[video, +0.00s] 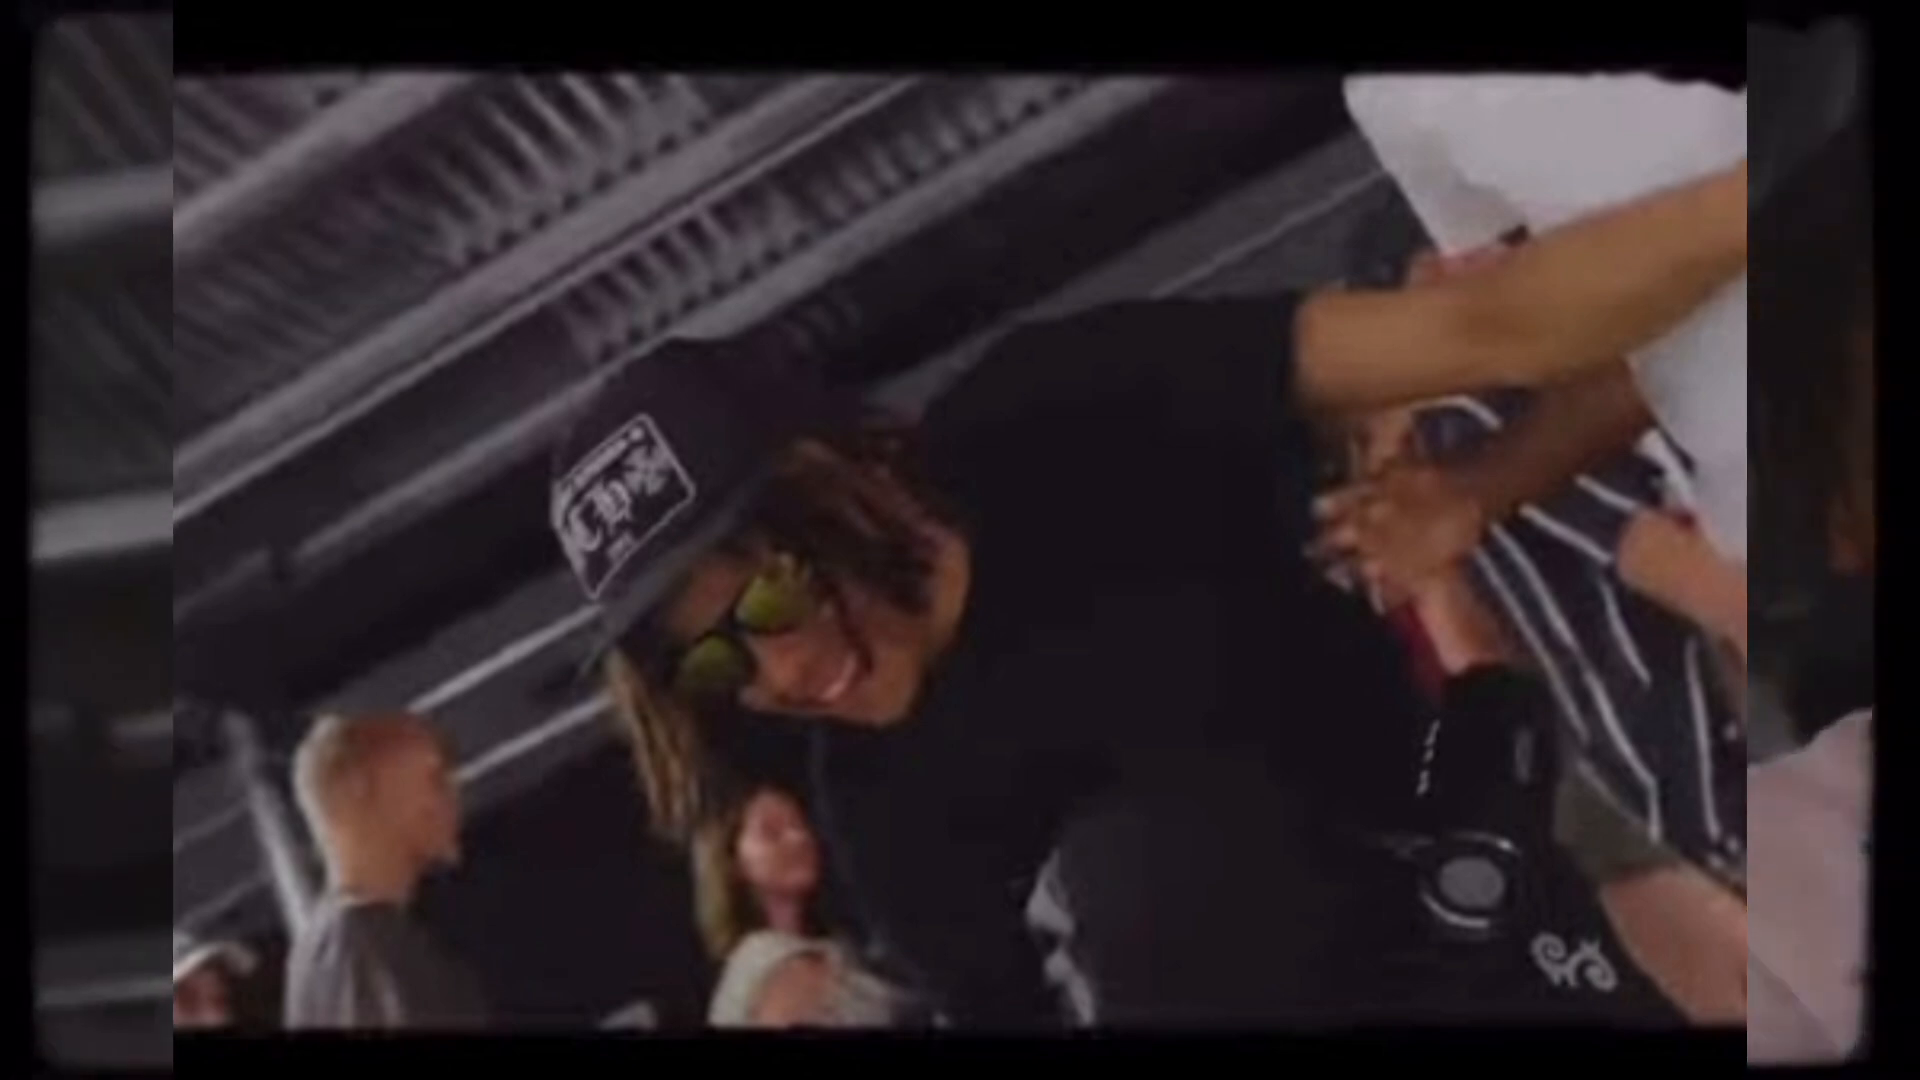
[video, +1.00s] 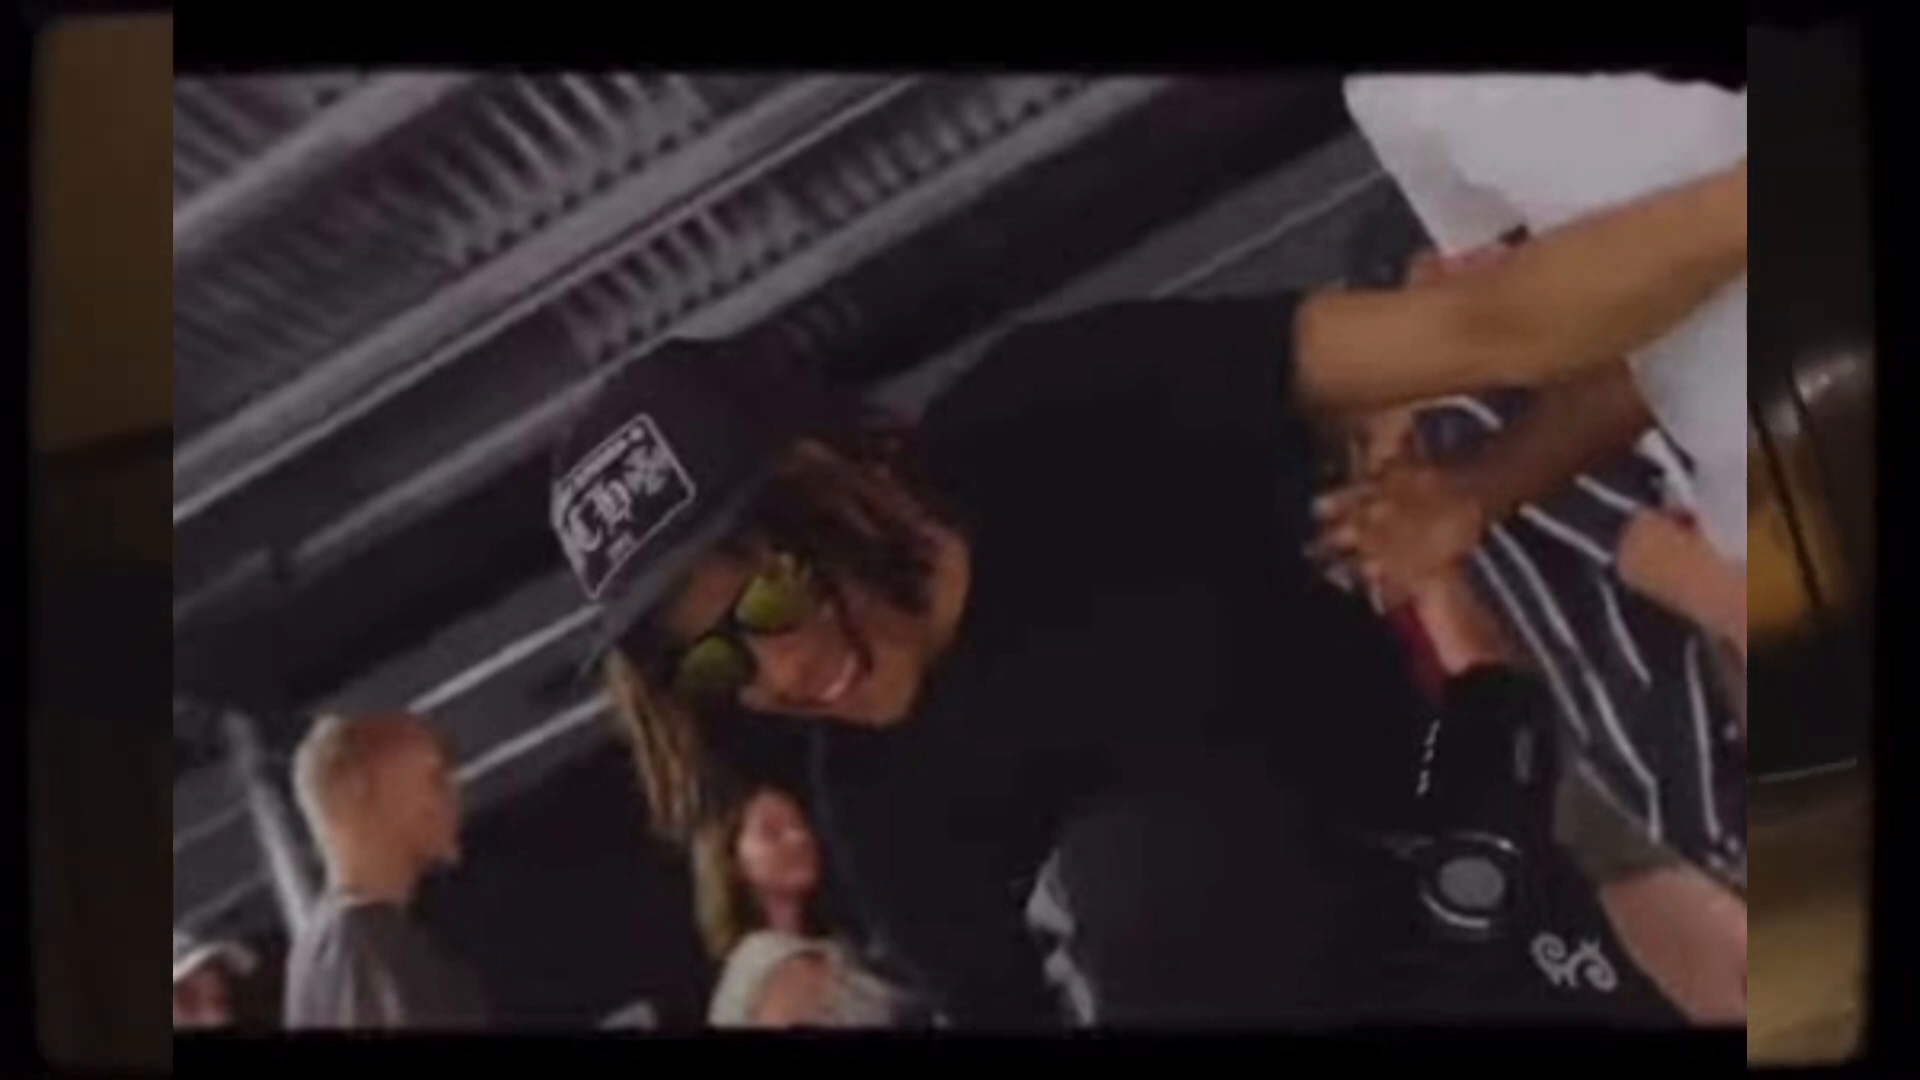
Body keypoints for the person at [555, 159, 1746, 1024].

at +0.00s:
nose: (768, 657)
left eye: (761, 582)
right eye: (709, 655)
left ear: (834, 476)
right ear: (687, 686)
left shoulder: (1054, 403)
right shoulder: (888, 845)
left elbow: (1471, 329)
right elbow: (1032, 1025)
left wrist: (1775, 195)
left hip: (1476, 836)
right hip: (1246, 972)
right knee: (1137, 861)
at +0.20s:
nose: (766, 660)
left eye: (759, 585)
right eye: (707, 656)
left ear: (834, 479)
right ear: (685, 685)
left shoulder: (1052, 403)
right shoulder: (887, 845)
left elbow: (1472, 328)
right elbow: (1030, 1025)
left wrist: (1766, 194)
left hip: (1479, 851)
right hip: (1246, 977)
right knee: (1133, 868)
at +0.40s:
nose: (767, 660)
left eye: (760, 584)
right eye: (708, 655)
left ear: (835, 477)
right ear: (685, 685)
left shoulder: (1053, 403)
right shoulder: (887, 844)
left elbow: (1474, 327)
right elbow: (1031, 1024)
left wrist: (1767, 197)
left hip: (1474, 852)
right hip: (1234, 975)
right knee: (1135, 867)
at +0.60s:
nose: (766, 660)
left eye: (759, 585)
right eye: (707, 656)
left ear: (833, 478)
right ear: (685, 685)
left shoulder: (1053, 403)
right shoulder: (886, 842)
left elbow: (1474, 327)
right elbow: (1027, 1024)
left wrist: (1770, 196)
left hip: (1473, 855)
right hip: (1233, 975)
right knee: (1133, 868)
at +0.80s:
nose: (766, 660)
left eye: (760, 585)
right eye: (707, 656)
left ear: (834, 478)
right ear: (684, 685)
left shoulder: (1053, 403)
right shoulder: (887, 844)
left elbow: (1471, 328)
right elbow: (1029, 1025)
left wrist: (1767, 197)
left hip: (1473, 852)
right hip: (1236, 976)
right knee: (1134, 868)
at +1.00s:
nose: (766, 660)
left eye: (759, 585)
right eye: (707, 657)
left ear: (833, 477)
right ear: (684, 686)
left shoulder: (1052, 403)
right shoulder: (885, 842)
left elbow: (1472, 327)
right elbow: (1025, 1025)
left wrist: (1763, 198)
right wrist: (838, 1000)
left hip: (1475, 858)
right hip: (1230, 976)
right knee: (1136, 864)